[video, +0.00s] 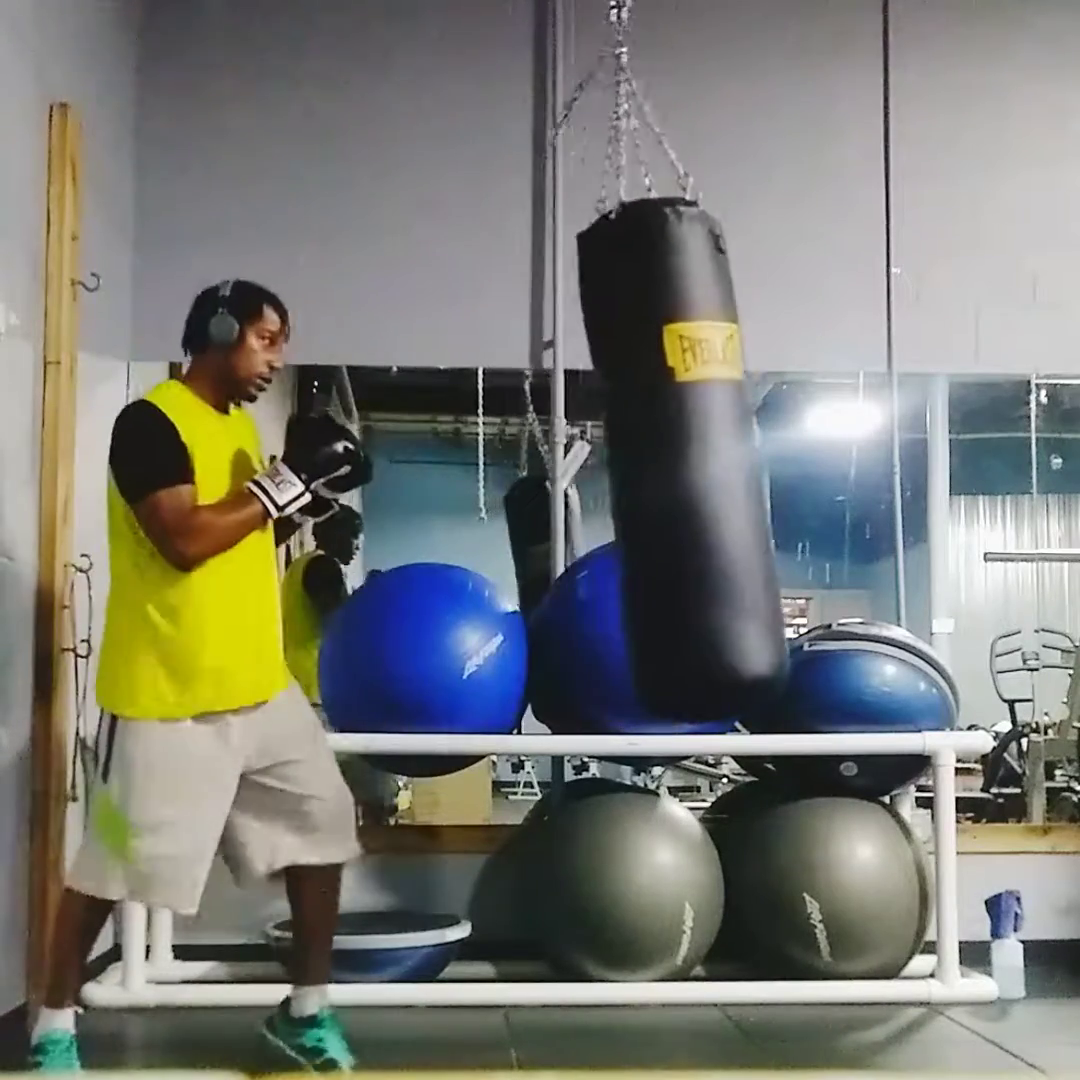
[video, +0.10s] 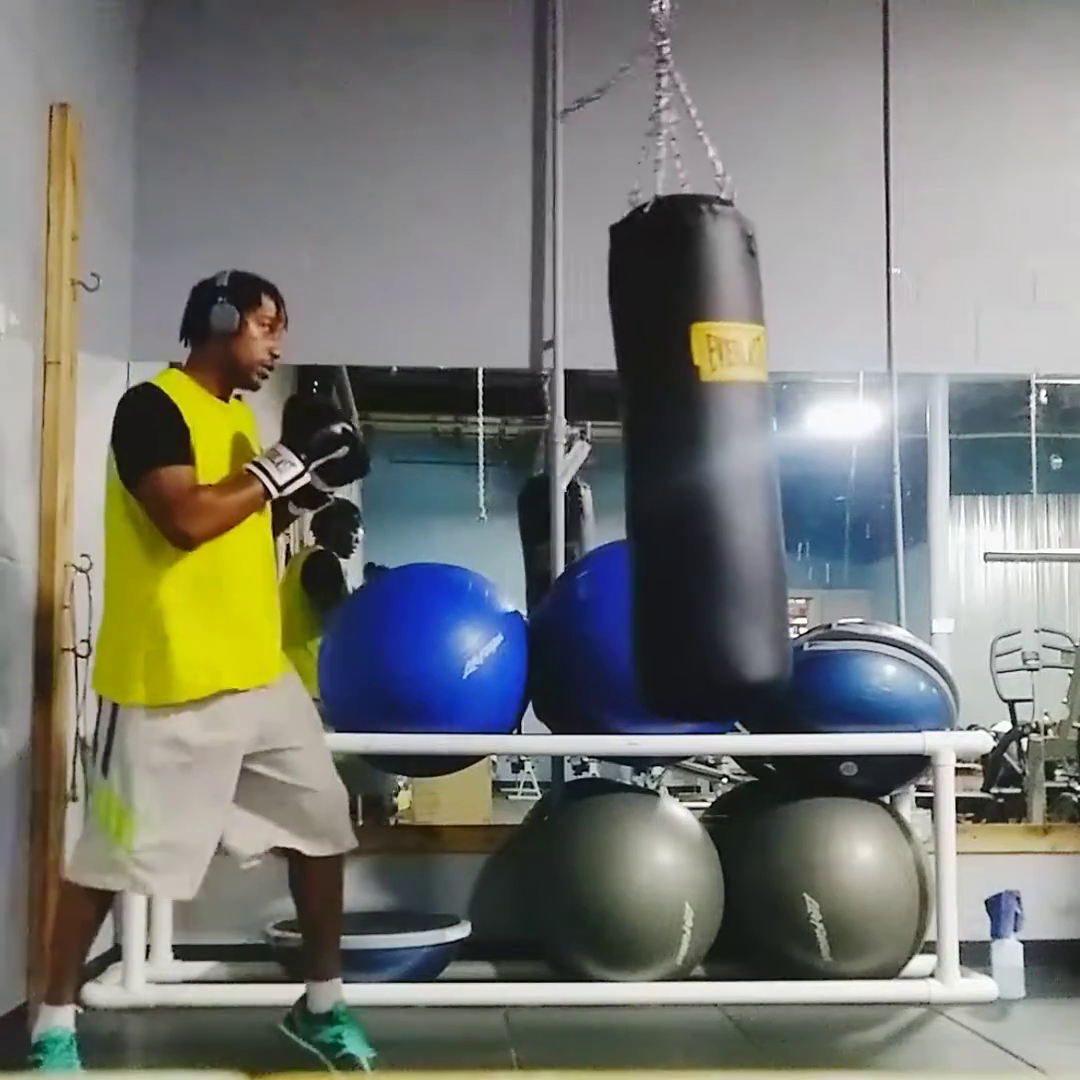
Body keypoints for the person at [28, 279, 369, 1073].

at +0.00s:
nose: (277, 357)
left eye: (281, 344)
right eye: (266, 339)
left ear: (258, 351)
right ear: (214, 335)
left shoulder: (245, 436)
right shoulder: (148, 420)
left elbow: (253, 560)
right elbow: (183, 540)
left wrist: (310, 536)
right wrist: (281, 490)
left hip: (257, 682)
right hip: (163, 690)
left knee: (325, 821)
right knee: (109, 861)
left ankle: (308, 1010)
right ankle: (52, 1024)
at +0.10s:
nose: (276, 346)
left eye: (279, 333)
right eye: (265, 327)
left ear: (251, 339)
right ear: (214, 326)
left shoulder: (242, 424)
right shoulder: (150, 405)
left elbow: (243, 547)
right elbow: (187, 518)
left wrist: (303, 520)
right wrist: (279, 472)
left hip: (256, 672)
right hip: (161, 681)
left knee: (324, 825)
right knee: (103, 858)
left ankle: (322, 1006)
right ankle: (53, 1022)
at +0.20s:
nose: (279, 353)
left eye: (281, 340)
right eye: (267, 335)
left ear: (261, 351)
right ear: (217, 336)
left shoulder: (247, 441)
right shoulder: (156, 414)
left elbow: (244, 562)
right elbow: (200, 518)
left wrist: (298, 533)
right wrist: (287, 468)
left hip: (253, 689)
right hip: (162, 693)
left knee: (313, 845)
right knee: (104, 871)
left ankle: (319, 1022)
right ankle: (52, 1033)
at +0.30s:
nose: (297, 362)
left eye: (299, 349)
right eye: (286, 344)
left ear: (261, 352)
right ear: (239, 342)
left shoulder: (262, 450)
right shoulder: (170, 417)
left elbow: (268, 570)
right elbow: (218, 515)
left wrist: (327, 527)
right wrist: (310, 467)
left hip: (253, 690)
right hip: (163, 692)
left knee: (303, 852)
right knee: (106, 874)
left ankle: (317, 1027)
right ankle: (52, 1034)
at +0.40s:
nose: (319, 363)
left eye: (323, 351)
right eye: (310, 345)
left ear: (290, 354)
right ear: (264, 341)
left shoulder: (284, 447)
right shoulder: (191, 405)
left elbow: (306, 554)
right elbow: (239, 494)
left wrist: (361, 498)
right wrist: (326, 457)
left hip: (258, 675)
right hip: (168, 669)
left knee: (292, 854)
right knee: (112, 858)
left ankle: (316, 1027)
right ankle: (53, 1028)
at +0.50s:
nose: (325, 360)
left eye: (329, 350)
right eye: (314, 343)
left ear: (307, 360)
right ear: (268, 340)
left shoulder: (293, 446)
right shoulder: (198, 404)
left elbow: (333, 548)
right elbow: (247, 485)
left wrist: (374, 490)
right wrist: (340, 443)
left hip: (262, 677)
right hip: (174, 670)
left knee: (292, 851)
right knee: (128, 853)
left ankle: (316, 1026)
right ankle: (67, 1015)